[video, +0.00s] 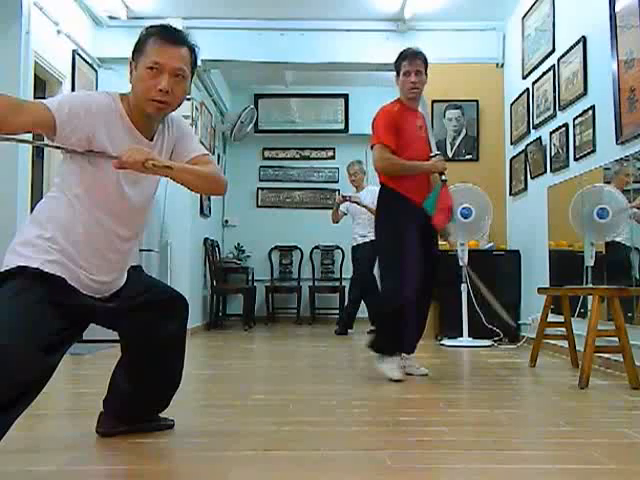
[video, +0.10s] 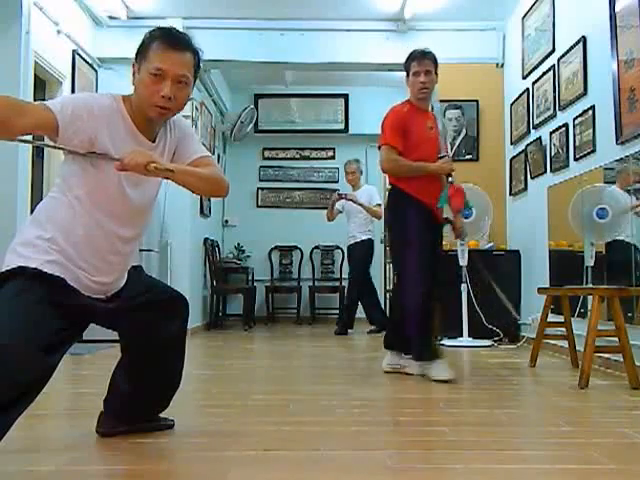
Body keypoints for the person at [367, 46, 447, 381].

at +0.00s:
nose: (414, 79)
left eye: (419, 73)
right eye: (407, 73)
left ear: (426, 78)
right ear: (397, 78)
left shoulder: (420, 118)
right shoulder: (388, 114)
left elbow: (420, 161)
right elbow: (383, 164)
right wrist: (427, 166)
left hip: (420, 205)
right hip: (396, 202)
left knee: (422, 279)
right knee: (401, 278)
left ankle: (405, 352)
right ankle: (386, 352)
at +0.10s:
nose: (422, 79)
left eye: (428, 73)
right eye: (416, 74)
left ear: (436, 78)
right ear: (407, 79)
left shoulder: (431, 119)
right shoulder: (398, 114)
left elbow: (435, 168)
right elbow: (388, 163)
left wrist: (452, 211)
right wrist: (432, 168)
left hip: (427, 204)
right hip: (406, 202)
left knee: (415, 278)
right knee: (417, 278)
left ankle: (396, 351)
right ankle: (425, 356)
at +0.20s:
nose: (432, 80)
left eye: (437, 74)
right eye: (425, 74)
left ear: (445, 78)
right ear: (416, 80)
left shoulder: (443, 120)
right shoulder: (407, 117)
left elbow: (452, 169)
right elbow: (397, 164)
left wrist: (466, 211)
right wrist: (444, 168)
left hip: (441, 206)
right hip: (418, 204)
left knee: (424, 277)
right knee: (440, 278)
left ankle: (397, 351)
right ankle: (462, 358)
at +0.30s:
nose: (442, 77)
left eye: (447, 70)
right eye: (434, 72)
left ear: (455, 75)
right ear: (425, 78)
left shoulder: (453, 117)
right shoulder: (419, 116)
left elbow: (462, 166)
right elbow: (409, 165)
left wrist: (478, 211)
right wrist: (457, 167)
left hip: (455, 203)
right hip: (429, 202)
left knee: (440, 278)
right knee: (444, 280)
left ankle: (402, 346)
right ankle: (466, 358)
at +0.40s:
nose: (452, 76)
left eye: (456, 69)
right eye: (444, 71)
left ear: (464, 73)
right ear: (435, 78)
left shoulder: (466, 115)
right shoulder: (429, 115)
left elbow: (475, 166)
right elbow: (421, 165)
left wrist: (487, 210)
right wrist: (471, 163)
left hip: (467, 203)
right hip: (441, 201)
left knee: (467, 275)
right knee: (453, 278)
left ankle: (421, 334)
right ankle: (467, 359)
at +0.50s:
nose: (460, 74)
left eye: (465, 67)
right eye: (453, 69)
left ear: (474, 72)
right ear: (444, 76)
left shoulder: (481, 115)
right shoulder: (437, 114)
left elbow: (488, 167)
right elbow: (432, 164)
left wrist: (499, 211)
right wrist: (482, 159)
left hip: (481, 206)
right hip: (452, 204)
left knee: (500, 275)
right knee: (460, 279)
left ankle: (452, 330)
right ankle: (467, 361)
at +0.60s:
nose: (468, 72)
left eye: (473, 65)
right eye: (461, 67)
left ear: (483, 70)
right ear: (453, 74)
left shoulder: (493, 114)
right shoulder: (445, 113)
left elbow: (499, 160)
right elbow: (439, 163)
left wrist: (512, 175)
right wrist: (488, 157)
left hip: (497, 207)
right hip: (462, 206)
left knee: (514, 273)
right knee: (462, 280)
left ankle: (490, 340)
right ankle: (466, 359)